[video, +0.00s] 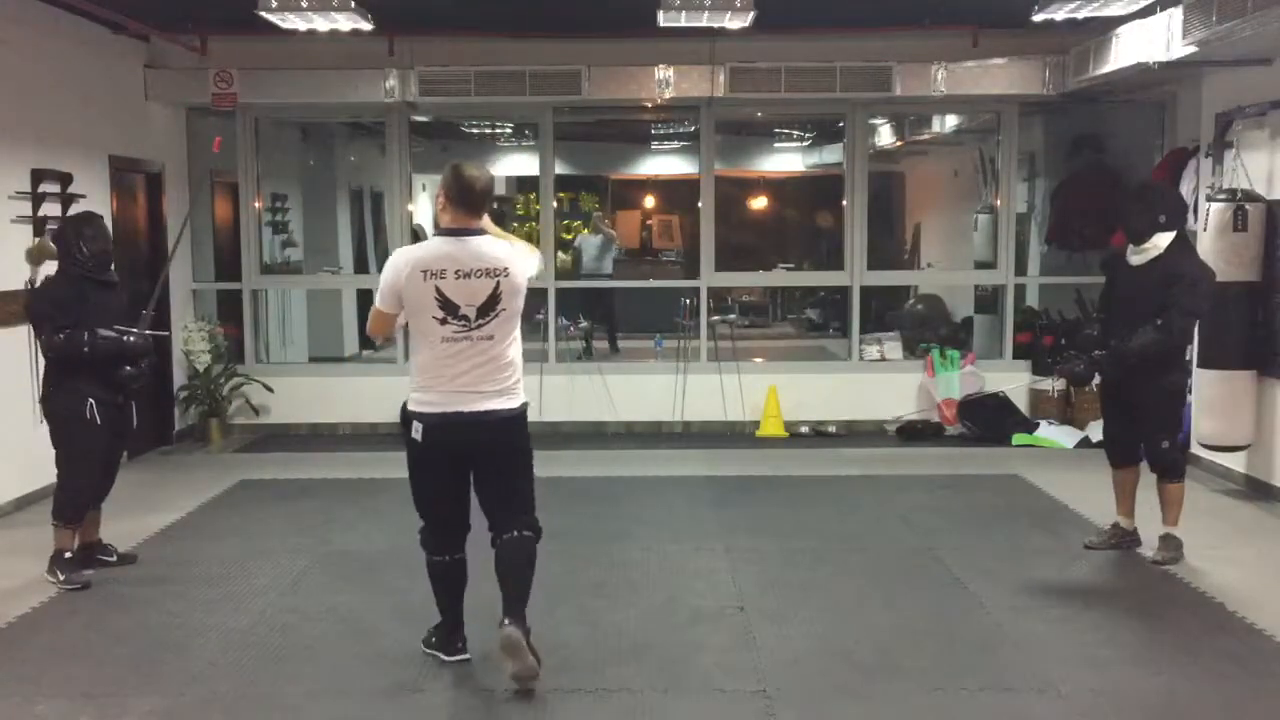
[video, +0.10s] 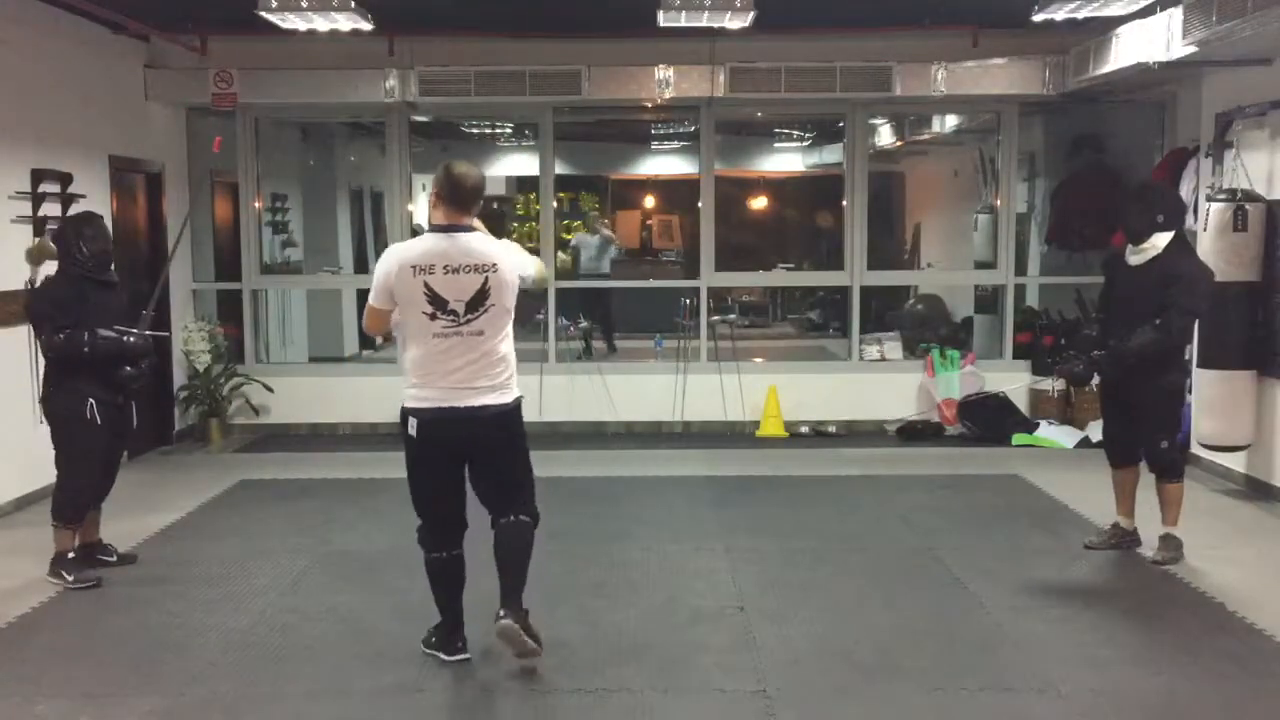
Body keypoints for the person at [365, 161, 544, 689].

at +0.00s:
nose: (433, 203)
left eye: (436, 197)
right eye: (443, 197)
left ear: (441, 202)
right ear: (486, 208)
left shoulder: (406, 262)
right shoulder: (516, 258)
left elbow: (378, 331)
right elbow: (529, 255)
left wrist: (413, 307)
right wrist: (482, 227)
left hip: (434, 424)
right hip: (502, 420)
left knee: (443, 529)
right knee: (515, 520)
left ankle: (452, 633)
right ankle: (515, 617)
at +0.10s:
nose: (431, 201)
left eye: (432, 194)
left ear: (433, 199)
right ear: (479, 203)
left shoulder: (397, 259)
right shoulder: (506, 258)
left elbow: (374, 325)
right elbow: (535, 268)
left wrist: (411, 311)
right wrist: (483, 235)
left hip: (429, 418)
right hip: (496, 416)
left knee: (440, 529)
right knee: (514, 508)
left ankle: (452, 634)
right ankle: (512, 606)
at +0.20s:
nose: (430, 202)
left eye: (430, 195)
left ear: (431, 200)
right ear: (476, 204)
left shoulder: (394, 257)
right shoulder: (503, 256)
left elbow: (373, 324)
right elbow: (542, 294)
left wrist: (412, 310)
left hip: (427, 415)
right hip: (493, 411)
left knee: (439, 524)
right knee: (514, 502)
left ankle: (451, 632)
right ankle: (515, 607)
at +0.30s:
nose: (429, 201)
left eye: (428, 193)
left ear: (428, 198)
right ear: (472, 206)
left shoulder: (390, 257)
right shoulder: (495, 256)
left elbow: (378, 325)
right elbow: (551, 305)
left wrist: (417, 308)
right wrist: (507, 291)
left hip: (426, 413)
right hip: (491, 409)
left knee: (437, 524)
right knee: (511, 508)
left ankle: (452, 632)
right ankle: (525, 611)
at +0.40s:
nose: (428, 204)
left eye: (428, 198)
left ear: (430, 202)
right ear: (473, 210)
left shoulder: (392, 257)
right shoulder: (494, 259)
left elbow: (381, 323)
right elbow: (553, 309)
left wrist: (422, 304)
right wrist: (504, 315)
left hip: (425, 414)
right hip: (490, 411)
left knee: (435, 526)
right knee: (508, 506)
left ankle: (452, 633)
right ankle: (526, 599)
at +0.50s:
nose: (432, 209)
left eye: (434, 202)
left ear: (436, 207)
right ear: (480, 215)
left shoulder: (397, 258)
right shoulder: (497, 261)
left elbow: (392, 320)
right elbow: (556, 310)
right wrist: (519, 330)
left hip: (426, 416)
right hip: (490, 413)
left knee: (435, 525)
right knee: (503, 505)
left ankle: (451, 632)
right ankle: (518, 596)